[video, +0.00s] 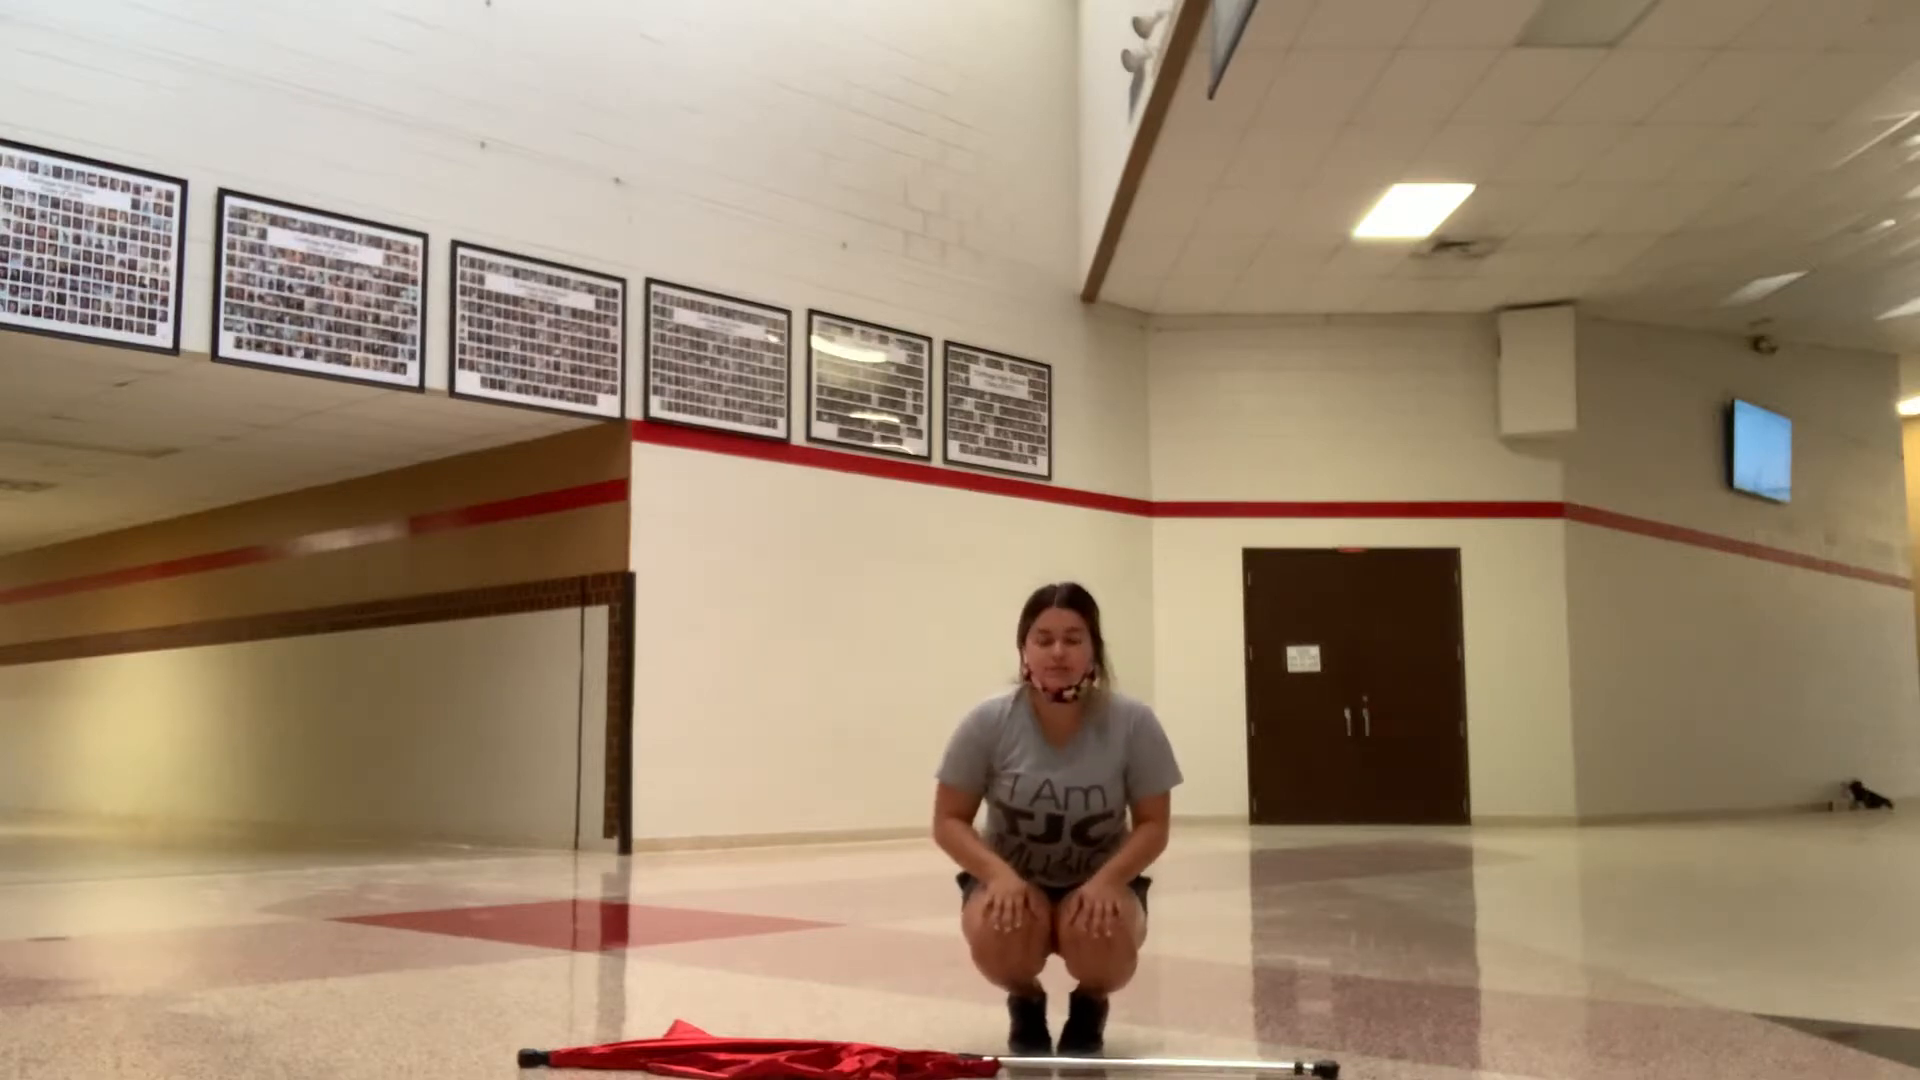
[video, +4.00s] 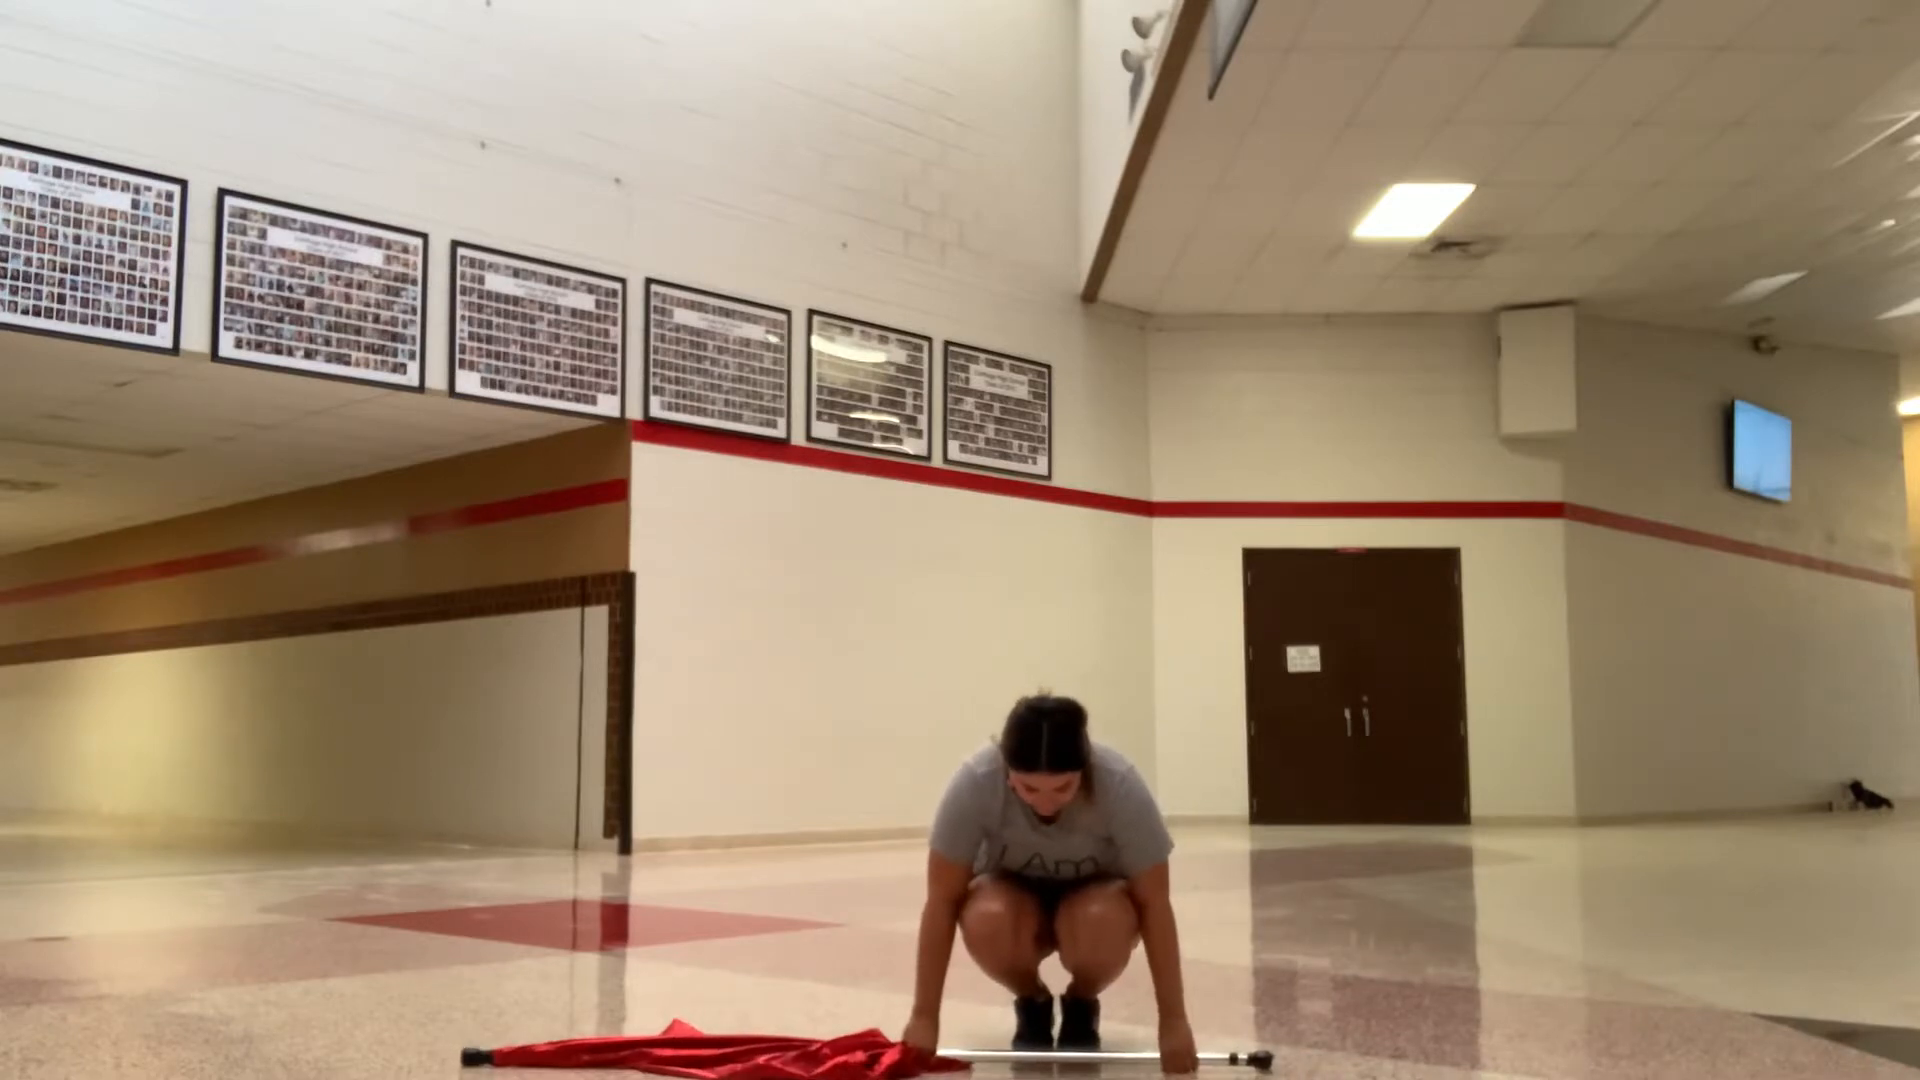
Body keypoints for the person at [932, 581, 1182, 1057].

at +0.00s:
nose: (1058, 653)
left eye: (1072, 640)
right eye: (1044, 640)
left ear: (1094, 652)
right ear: (1023, 651)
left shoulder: (1132, 724)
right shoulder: (989, 724)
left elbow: (1154, 826)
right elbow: (948, 823)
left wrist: (1106, 880)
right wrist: (999, 874)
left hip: (1100, 884)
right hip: (1012, 883)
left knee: (1102, 931)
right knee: (1000, 928)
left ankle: (1090, 1005)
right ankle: (1024, 1002)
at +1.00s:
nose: (1038, 759)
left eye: (1053, 745)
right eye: (1023, 743)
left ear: (1081, 733)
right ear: (1010, 729)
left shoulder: (1122, 770)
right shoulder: (983, 766)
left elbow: (1169, 878)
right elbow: (938, 869)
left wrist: (1192, 987)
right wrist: (941, 976)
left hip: (1094, 886)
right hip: (1009, 885)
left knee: (1107, 915)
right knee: (1000, 916)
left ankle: (1086, 1002)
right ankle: (1026, 1001)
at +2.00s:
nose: (1023, 788)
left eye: (1038, 776)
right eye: (1009, 775)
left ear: (1068, 758)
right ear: (996, 758)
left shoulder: (1116, 783)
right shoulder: (974, 785)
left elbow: (1156, 903)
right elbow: (937, 903)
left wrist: (1178, 1016)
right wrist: (917, 1014)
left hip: (1089, 913)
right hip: (1017, 912)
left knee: (1106, 913)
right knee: (992, 911)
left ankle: (1084, 1004)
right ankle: (1025, 1004)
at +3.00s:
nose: (1051, 806)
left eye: (1067, 790)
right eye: (1034, 791)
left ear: (1085, 772)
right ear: (1012, 774)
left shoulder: (1124, 791)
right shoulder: (975, 787)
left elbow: (1155, 910)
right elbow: (940, 903)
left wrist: (1174, 1024)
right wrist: (924, 1018)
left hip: (1092, 905)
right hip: (1018, 906)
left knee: (1099, 922)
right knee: (986, 915)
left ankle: (1080, 1002)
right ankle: (1028, 1002)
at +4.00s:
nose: (1046, 804)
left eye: (1062, 789)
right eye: (1030, 789)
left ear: (1081, 770)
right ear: (1010, 773)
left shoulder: (1121, 788)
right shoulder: (975, 786)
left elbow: (1156, 906)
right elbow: (942, 902)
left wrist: (1173, 1022)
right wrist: (924, 1017)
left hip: (1092, 909)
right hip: (1019, 909)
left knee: (1102, 920)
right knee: (987, 917)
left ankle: (1082, 1004)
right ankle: (1032, 1002)